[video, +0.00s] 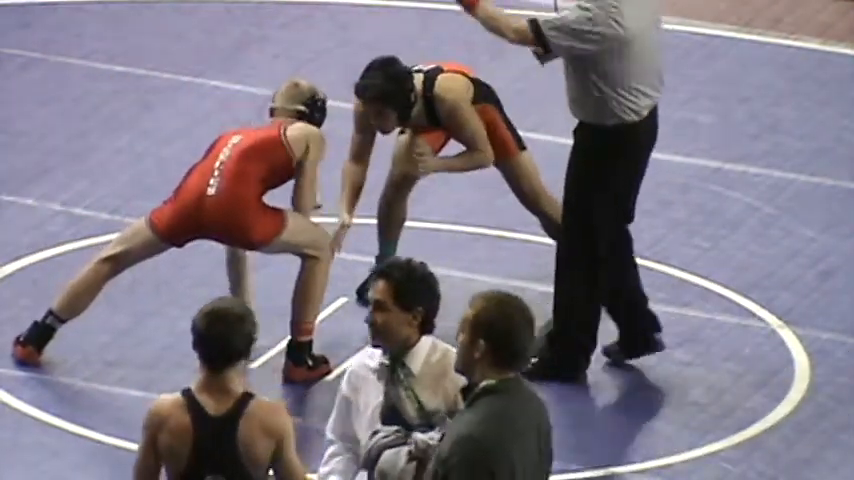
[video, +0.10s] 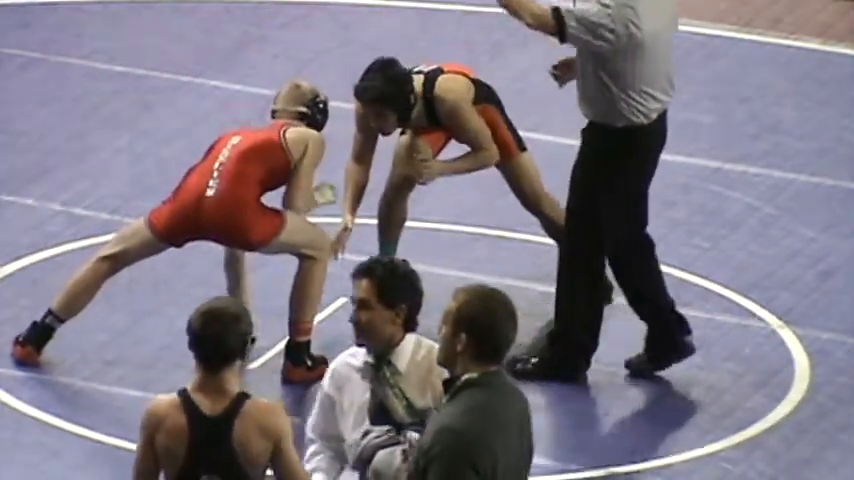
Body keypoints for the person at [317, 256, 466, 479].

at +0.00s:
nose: (368, 318)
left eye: (380, 308)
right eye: (370, 307)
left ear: (415, 317)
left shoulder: (454, 367)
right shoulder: (358, 370)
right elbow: (341, 445)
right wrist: (335, 475)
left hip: (438, 474)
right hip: (371, 472)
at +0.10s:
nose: (353, 318)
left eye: (364, 307)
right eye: (354, 306)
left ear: (399, 315)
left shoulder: (437, 363)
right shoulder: (342, 370)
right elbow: (323, 444)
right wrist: (320, 474)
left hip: (423, 472)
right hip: (358, 472)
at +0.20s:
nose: (339, 317)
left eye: (351, 306)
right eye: (338, 305)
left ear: (385, 312)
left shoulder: (423, 359)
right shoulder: (325, 369)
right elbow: (308, 441)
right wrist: (315, 474)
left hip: (411, 472)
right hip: (344, 473)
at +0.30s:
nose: (328, 315)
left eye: (339, 306)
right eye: (326, 304)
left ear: (374, 310)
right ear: (322, 301)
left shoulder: (413, 357)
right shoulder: (307, 372)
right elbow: (297, 459)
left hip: (404, 471)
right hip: (336, 473)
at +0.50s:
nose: (312, 318)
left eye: (323, 307)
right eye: (308, 306)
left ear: (357, 307)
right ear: (303, 305)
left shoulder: (388, 355)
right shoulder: (290, 368)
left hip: (378, 470)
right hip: (315, 473)